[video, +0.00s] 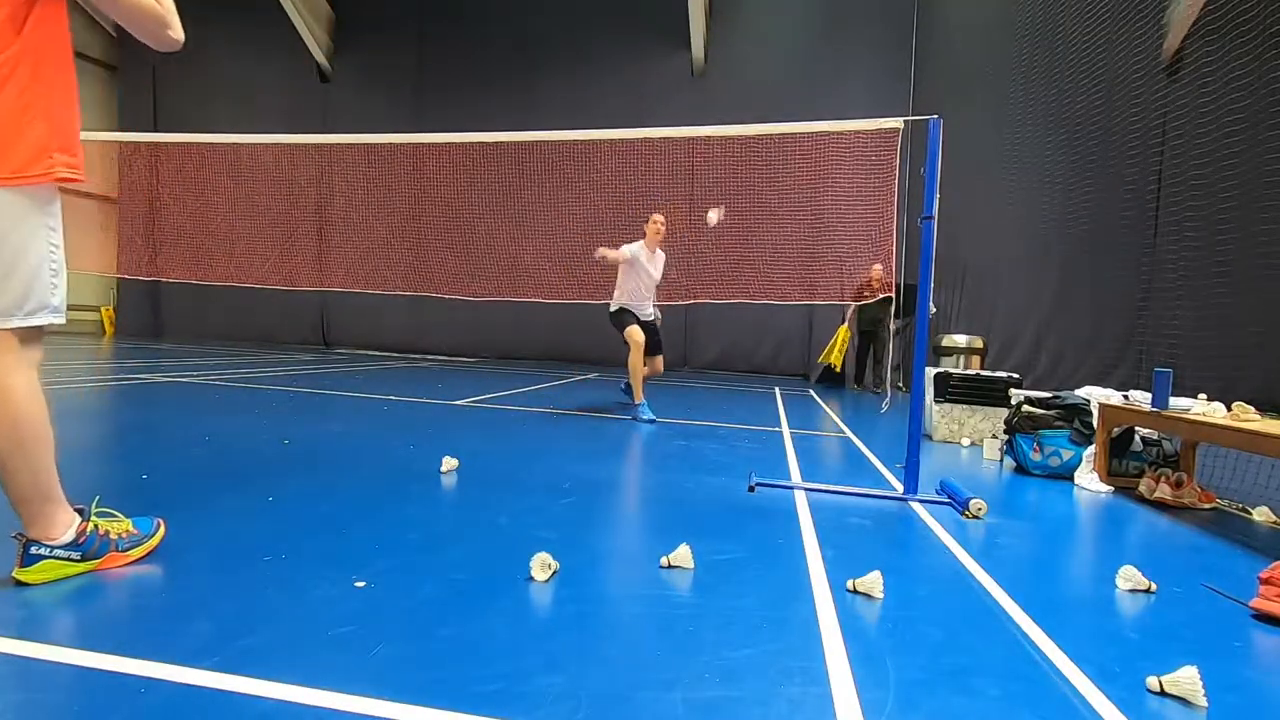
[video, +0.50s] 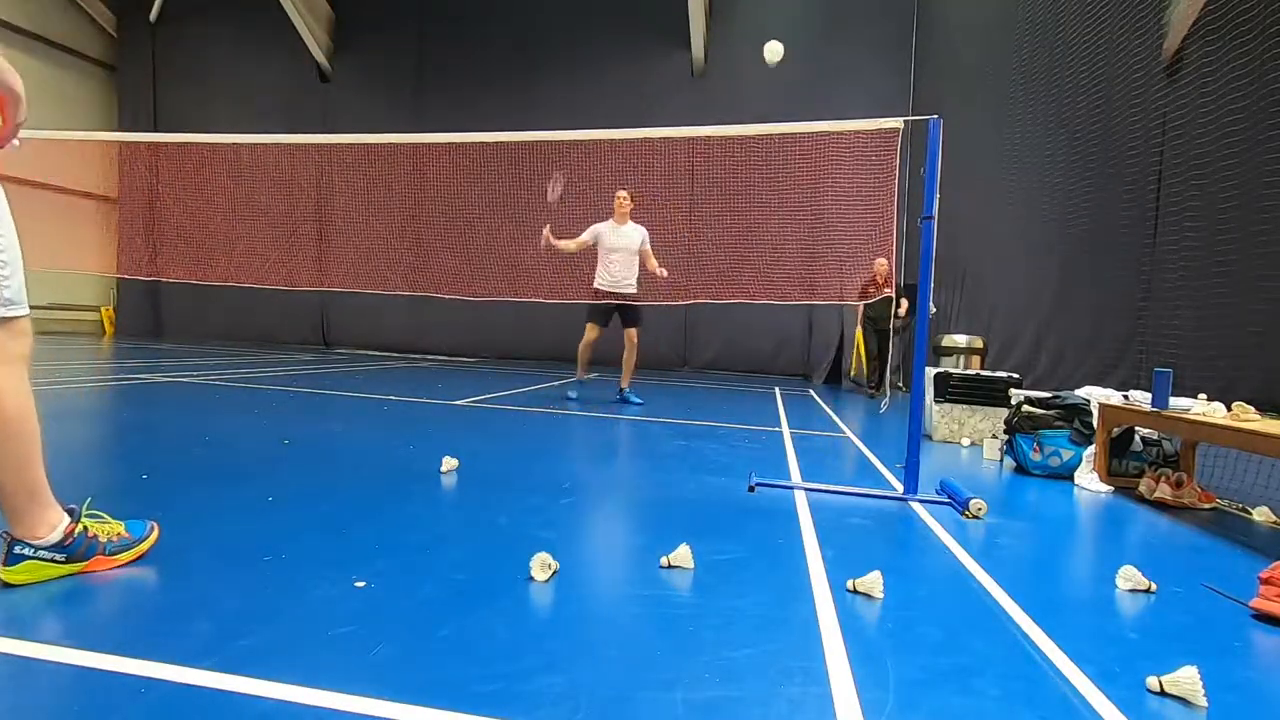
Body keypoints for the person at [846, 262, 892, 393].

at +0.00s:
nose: (877, 273)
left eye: (879, 270)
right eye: (874, 270)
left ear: (883, 273)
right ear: (870, 272)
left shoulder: (887, 288)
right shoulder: (862, 287)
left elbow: (891, 307)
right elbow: (854, 305)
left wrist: (891, 323)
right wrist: (848, 322)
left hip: (881, 327)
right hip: (864, 326)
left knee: (878, 358)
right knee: (861, 357)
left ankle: (877, 385)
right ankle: (858, 382)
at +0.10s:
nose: (879, 272)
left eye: (881, 269)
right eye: (876, 269)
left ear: (885, 272)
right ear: (871, 271)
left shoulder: (890, 286)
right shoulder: (864, 286)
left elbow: (894, 305)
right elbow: (855, 303)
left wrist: (894, 322)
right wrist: (851, 321)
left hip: (884, 325)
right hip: (866, 325)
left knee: (882, 358)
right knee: (865, 356)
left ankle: (878, 386)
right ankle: (861, 380)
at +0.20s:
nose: (882, 268)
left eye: (884, 266)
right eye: (879, 266)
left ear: (887, 268)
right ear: (873, 268)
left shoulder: (891, 284)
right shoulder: (866, 284)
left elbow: (896, 305)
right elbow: (858, 303)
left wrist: (899, 322)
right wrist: (854, 320)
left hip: (884, 325)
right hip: (867, 324)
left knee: (882, 356)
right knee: (867, 353)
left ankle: (878, 385)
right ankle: (865, 381)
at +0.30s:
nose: (885, 268)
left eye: (886, 265)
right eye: (881, 265)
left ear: (889, 267)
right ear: (875, 267)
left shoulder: (893, 284)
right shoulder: (867, 284)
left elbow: (900, 301)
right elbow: (861, 303)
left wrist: (900, 316)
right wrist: (857, 320)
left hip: (885, 323)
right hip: (869, 322)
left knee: (882, 355)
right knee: (870, 351)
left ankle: (878, 385)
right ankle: (869, 384)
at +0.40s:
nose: (884, 268)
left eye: (886, 265)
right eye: (881, 265)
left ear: (888, 267)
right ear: (875, 267)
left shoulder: (893, 284)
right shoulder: (867, 285)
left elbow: (902, 299)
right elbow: (861, 304)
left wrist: (901, 311)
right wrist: (859, 322)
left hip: (886, 324)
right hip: (869, 323)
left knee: (883, 354)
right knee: (871, 352)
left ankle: (879, 384)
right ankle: (869, 383)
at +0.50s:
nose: (884, 268)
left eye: (885, 265)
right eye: (881, 265)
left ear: (888, 267)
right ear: (875, 267)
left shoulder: (893, 284)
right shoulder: (868, 285)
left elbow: (903, 298)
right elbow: (861, 304)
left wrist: (902, 309)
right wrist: (859, 323)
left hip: (886, 325)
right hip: (870, 324)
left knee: (884, 356)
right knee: (872, 354)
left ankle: (880, 384)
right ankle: (871, 385)